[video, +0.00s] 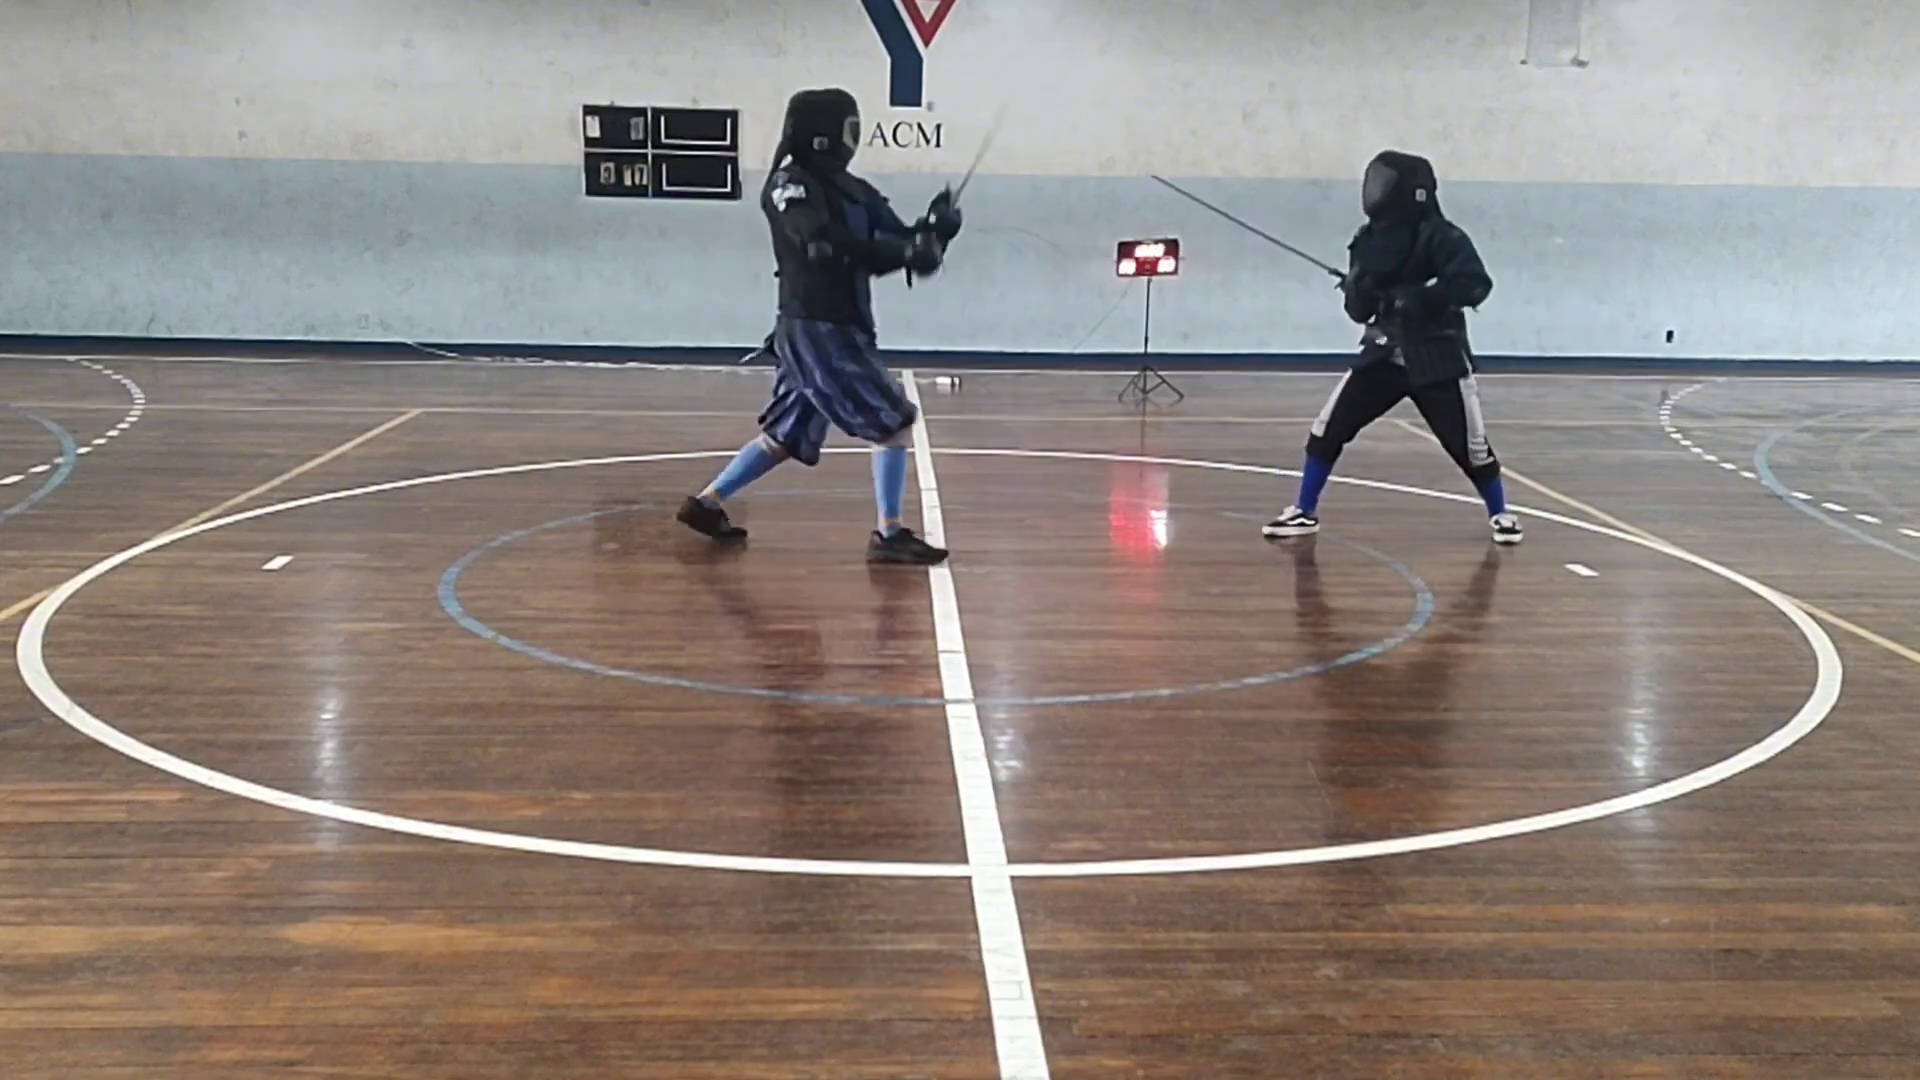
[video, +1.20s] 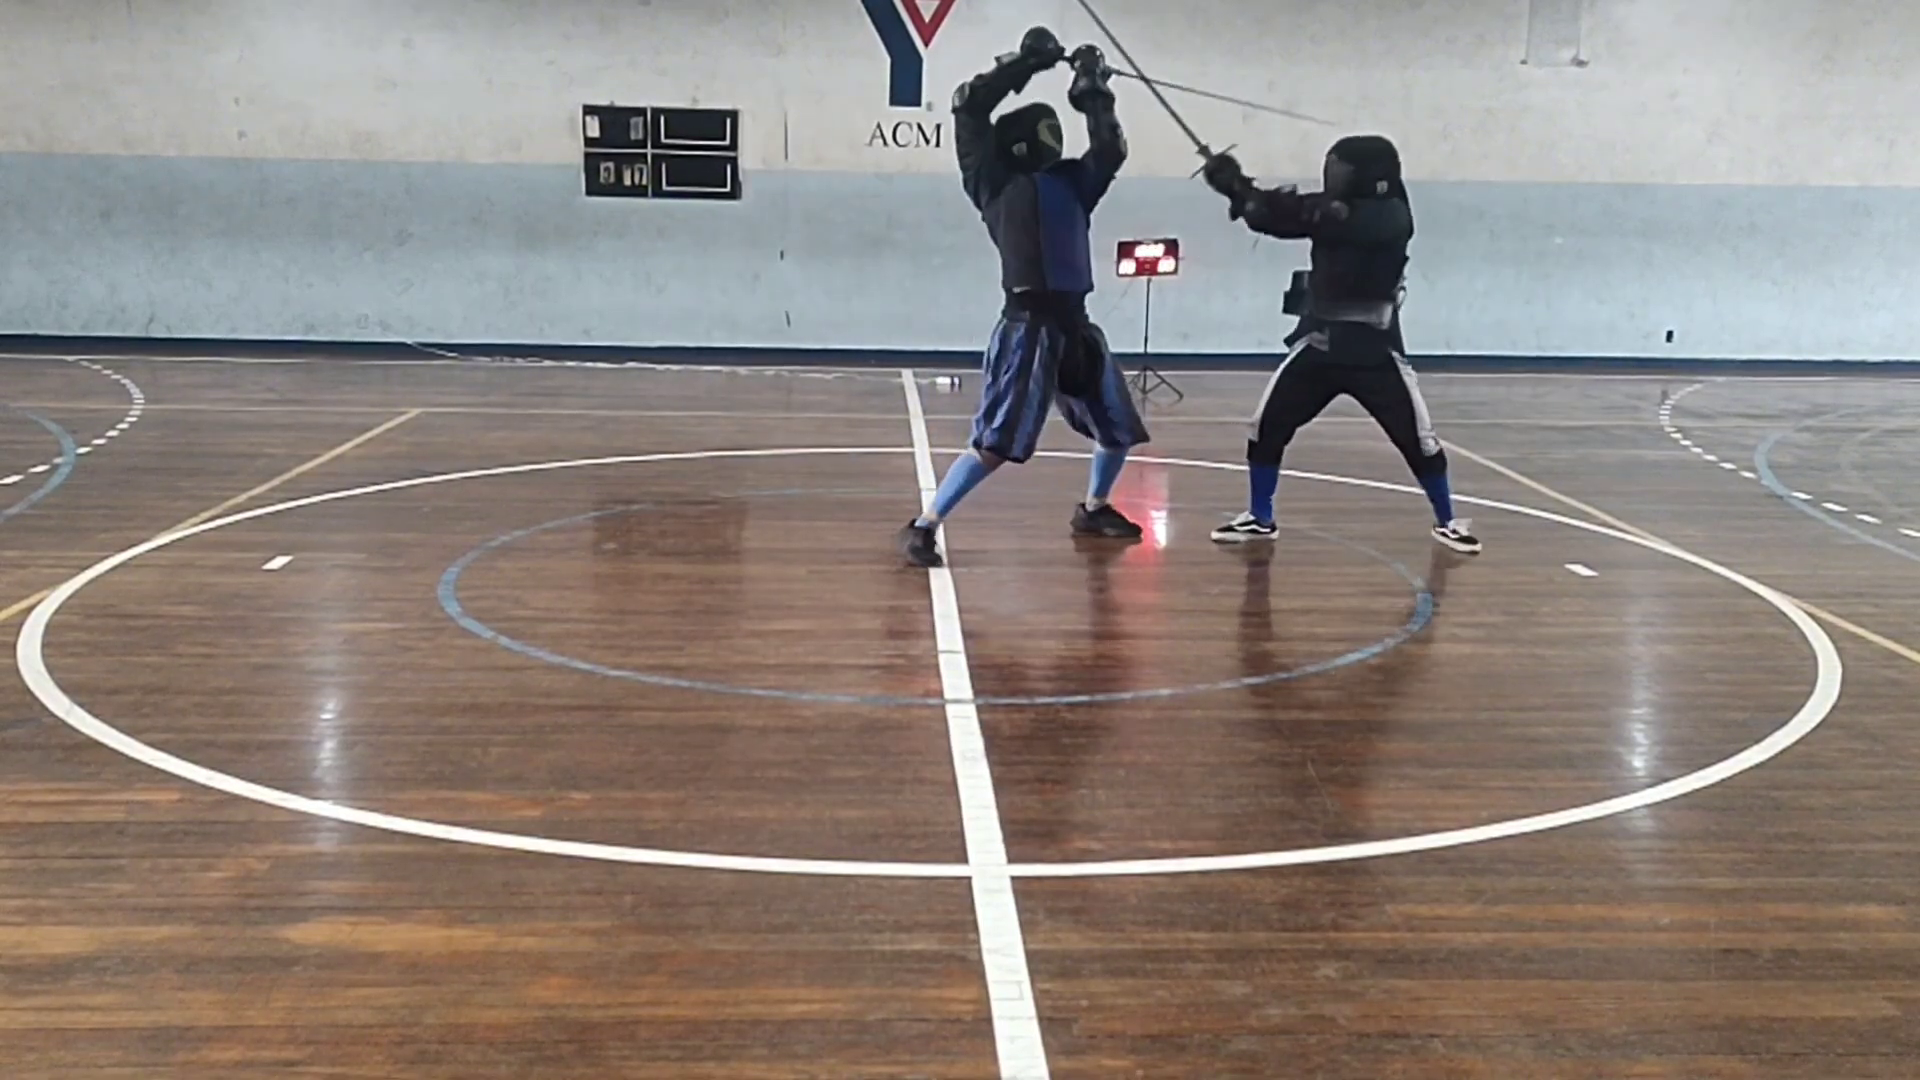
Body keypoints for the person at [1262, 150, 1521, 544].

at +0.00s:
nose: (1371, 190)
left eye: (1381, 182)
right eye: (1372, 181)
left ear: (1411, 190)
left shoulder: (1440, 235)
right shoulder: (1367, 241)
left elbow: (1475, 284)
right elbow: (1358, 311)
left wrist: (1419, 298)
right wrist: (1360, 290)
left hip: (1439, 358)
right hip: (1384, 358)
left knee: (1469, 446)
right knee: (1327, 431)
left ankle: (1500, 514)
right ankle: (1303, 511)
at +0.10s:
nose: (1378, 194)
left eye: (1389, 186)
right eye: (1379, 185)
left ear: (1418, 194)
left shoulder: (1443, 237)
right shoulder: (1373, 244)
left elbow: (1476, 289)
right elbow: (1359, 316)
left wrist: (1414, 296)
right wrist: (1359, 290)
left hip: (1444, 362)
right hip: (1387, 362)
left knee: (1486, 442)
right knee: (1328, 427)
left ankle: (1504, 515)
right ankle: (1305, 511)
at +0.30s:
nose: (1388, 196)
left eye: (1397, 187)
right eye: (1385, 188)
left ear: (1425, 190)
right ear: (1380, 191)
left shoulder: (1445, 222)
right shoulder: (1373, 230)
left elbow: (1417, 202)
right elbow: (1336, 263)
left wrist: (1369, 179)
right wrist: (1337, 202)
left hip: (1427, 365)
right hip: (1367, 361)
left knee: (1474, 444)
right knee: (1302, 419)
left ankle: (1506, 514)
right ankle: (1300, 505)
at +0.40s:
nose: (1367, 178)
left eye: (1378, 171)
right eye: (1363, 171)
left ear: (1399, 172)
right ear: (1355, 173)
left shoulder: (1415, 214)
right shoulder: (1347, 217)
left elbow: (1402, 177)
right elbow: (1317, 199)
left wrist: (1375, 141)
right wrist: (1317, 143)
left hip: (1400, 347)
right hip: (1341, 346)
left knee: (1454, 433)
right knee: (1280, 426)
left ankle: (1495, 511)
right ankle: (1263, 505)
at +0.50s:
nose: (1344, 165)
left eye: (1354, 157)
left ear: (1378, 166)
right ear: (1366, 162)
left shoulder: (1395, 207)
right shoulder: (1325, 203)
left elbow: (1354, 180)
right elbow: (1291, 181)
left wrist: (1312, 151)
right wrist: (1278, 142)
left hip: (1374, 345)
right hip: (1319, 344)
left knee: (1423, 428)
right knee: (1277, 431)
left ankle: (1439, 512)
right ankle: (1247, 513)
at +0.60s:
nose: (1329, 161)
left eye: (1341, 154)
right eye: (1329, 152)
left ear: (1365, 163)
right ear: (1335, 157)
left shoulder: (1375, 207)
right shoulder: (1325, 195)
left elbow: (1324, 230)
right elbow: (1279, 200)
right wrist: (1238, 183)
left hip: (1354, 340)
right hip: (1304, 338)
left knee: (1390, 430)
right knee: (1270, 427)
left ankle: (1412, 509)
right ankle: (1245, 510)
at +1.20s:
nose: (1327, 178)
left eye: (1335, 171)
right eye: (1328, 170)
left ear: (1363, 175)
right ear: (1340, 175)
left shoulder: (1391, 216)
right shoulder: (1329, 208)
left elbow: (1335, 219)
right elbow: (1275, 214)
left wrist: (1252, 197)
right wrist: (1236, 185)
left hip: (1375, 348)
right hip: (1318, 343)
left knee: (1418, 439)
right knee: (1269, 427)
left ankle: (1447, 522)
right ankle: (1260, 518)